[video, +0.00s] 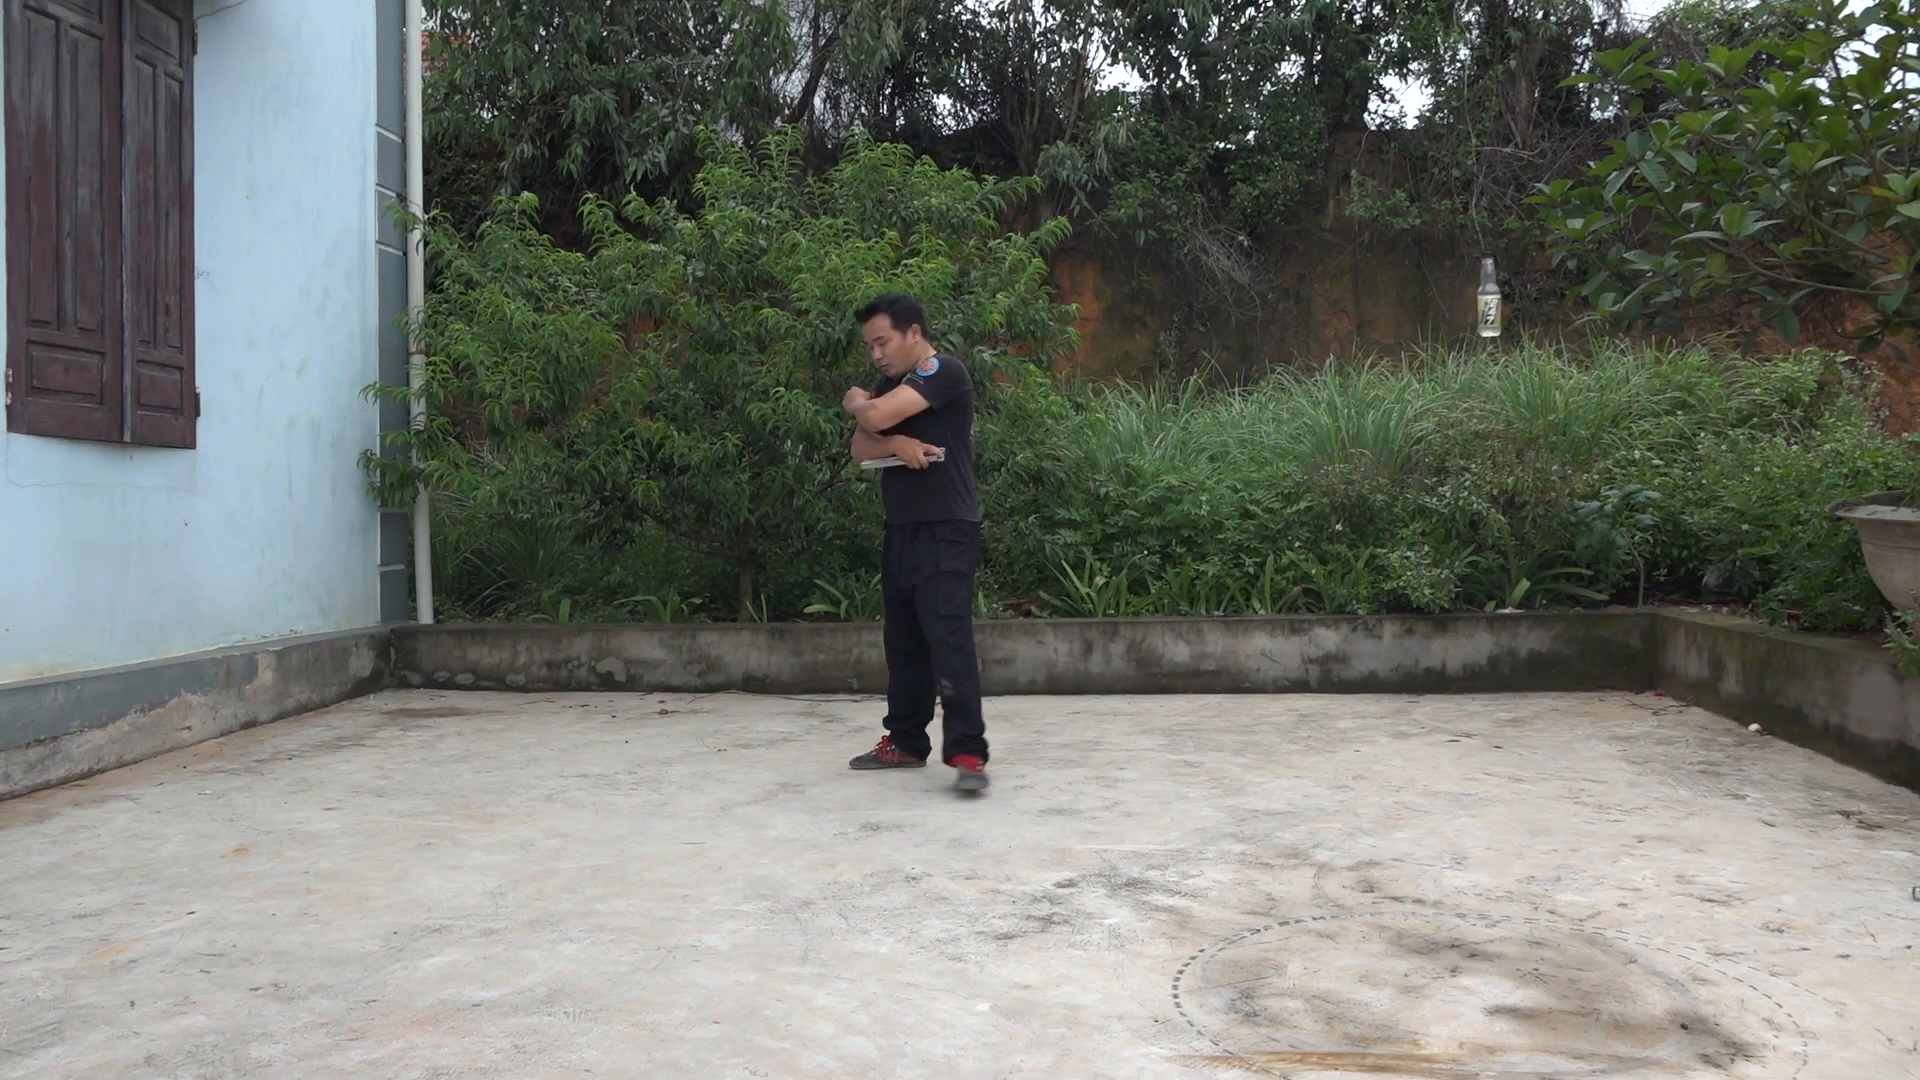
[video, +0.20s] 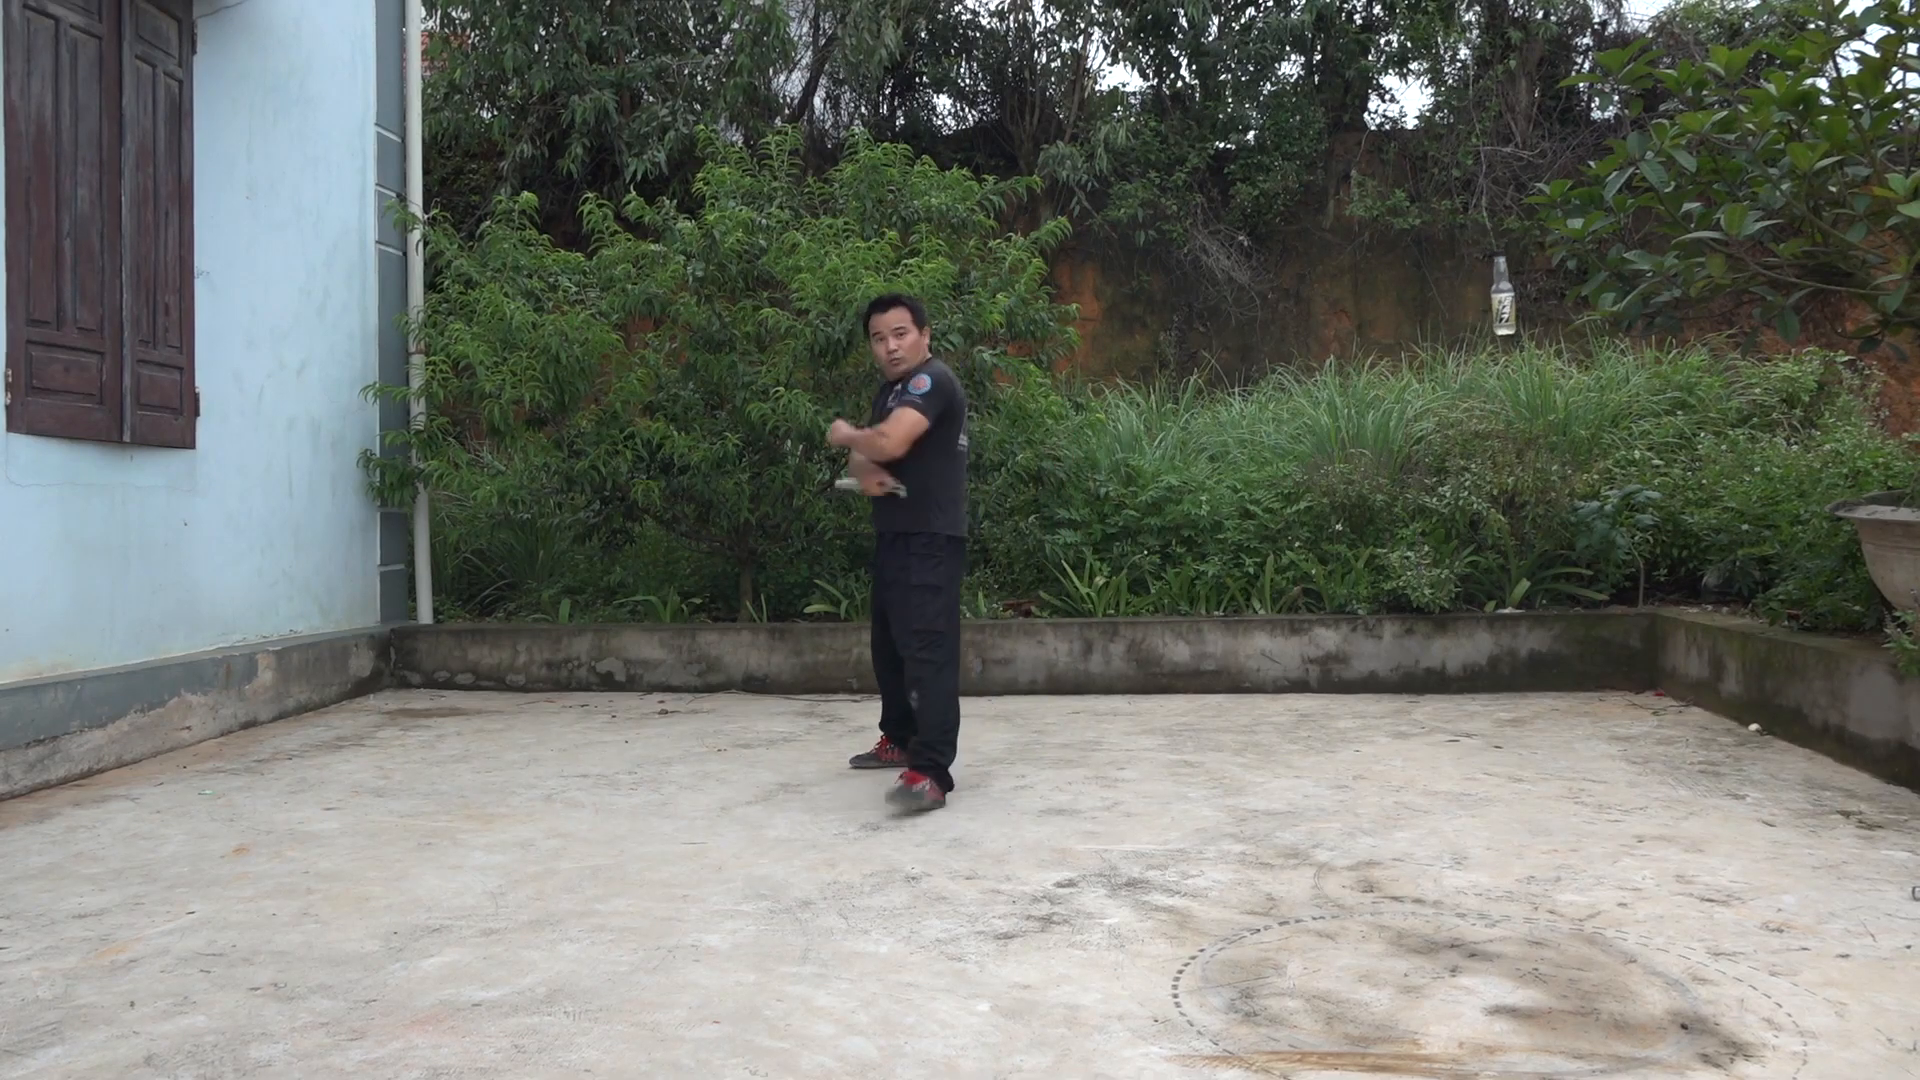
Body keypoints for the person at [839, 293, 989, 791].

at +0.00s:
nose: (876, 352)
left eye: (882, 340)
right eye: (871, 344)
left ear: (915, 334)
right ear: (875, 346)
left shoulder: (948, 373)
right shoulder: (891, 387)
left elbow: (877, 417)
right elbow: (859, 447)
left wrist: (855, 401)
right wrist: (897, 443)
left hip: (948, 529)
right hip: (902, 530)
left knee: (950, 641)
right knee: (904, 641)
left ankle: (968, 754)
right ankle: (906, 742)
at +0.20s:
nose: (891, 345)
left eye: (900, 333)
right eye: (880, 338)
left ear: (924, 337)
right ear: (873, 349)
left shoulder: (934, 380)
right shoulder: (889, 393)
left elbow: (891, 445)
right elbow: (866, 455)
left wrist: (851, 435)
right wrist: (864, 471)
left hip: (931, 539)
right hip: (895, 538)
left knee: (928, 649)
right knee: (890, 643)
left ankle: (932, 771)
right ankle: (901, 739)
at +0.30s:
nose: (885, 346)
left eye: (896, 336)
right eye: (876, 338)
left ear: (920, 340)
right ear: (867, 347)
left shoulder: (926, 387)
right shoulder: (894, 395)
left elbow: (942, 448)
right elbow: (893, 461)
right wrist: (869, 497)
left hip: (915, 543)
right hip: (885, 542)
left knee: (907, 654)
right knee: (881, 648)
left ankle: (926, 781)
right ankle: (897, 742)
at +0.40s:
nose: (886, 341)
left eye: (897, 330)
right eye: (876, 333)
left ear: (920, 334)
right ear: (866, 342)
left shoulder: (928, 384)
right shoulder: (888, 392)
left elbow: (947, 447)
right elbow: (890, 457)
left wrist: (914, 507)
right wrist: (866, 493)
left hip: (915, 543)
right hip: (882, 541)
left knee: (912, 653)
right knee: (888, 647)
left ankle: (926, 779)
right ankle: (900, 741)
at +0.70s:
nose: (847, 362)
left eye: (859, 352)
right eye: (839, 353)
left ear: (883, 360)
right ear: (830, 362)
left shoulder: (892, 414)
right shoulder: (861, 415)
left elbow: (913, 495)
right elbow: (890, 488)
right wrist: (874, 537)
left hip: (931, 555)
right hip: (888, 556)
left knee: (939, 666)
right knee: (853, 649)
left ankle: (937, 775)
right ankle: (867, 746)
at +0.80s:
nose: (864, 358)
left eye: (874, 348)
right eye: (852, 350)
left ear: (892, 356)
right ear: (839, 362)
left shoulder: (905, 405)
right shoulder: (848, 417)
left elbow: (849, 458)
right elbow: (837, 469)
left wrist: (787, 410)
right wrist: (835, 524)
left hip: (940, 550)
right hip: (885, 555)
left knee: (968, 643)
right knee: (851, 643)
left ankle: (1005, 755)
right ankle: (868, 747)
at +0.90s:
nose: (877, 343)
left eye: (883, 335)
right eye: (866, 338)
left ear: (898, 344)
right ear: (851, 354)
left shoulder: (919, 385)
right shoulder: (853, 405)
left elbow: (891, 331)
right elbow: (811, 423)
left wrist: (829, 292)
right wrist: (775, 441)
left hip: (948, 547)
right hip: (888, 551)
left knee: (993, 643)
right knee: (857, 642)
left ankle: (1045, 745)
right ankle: (868, 746)